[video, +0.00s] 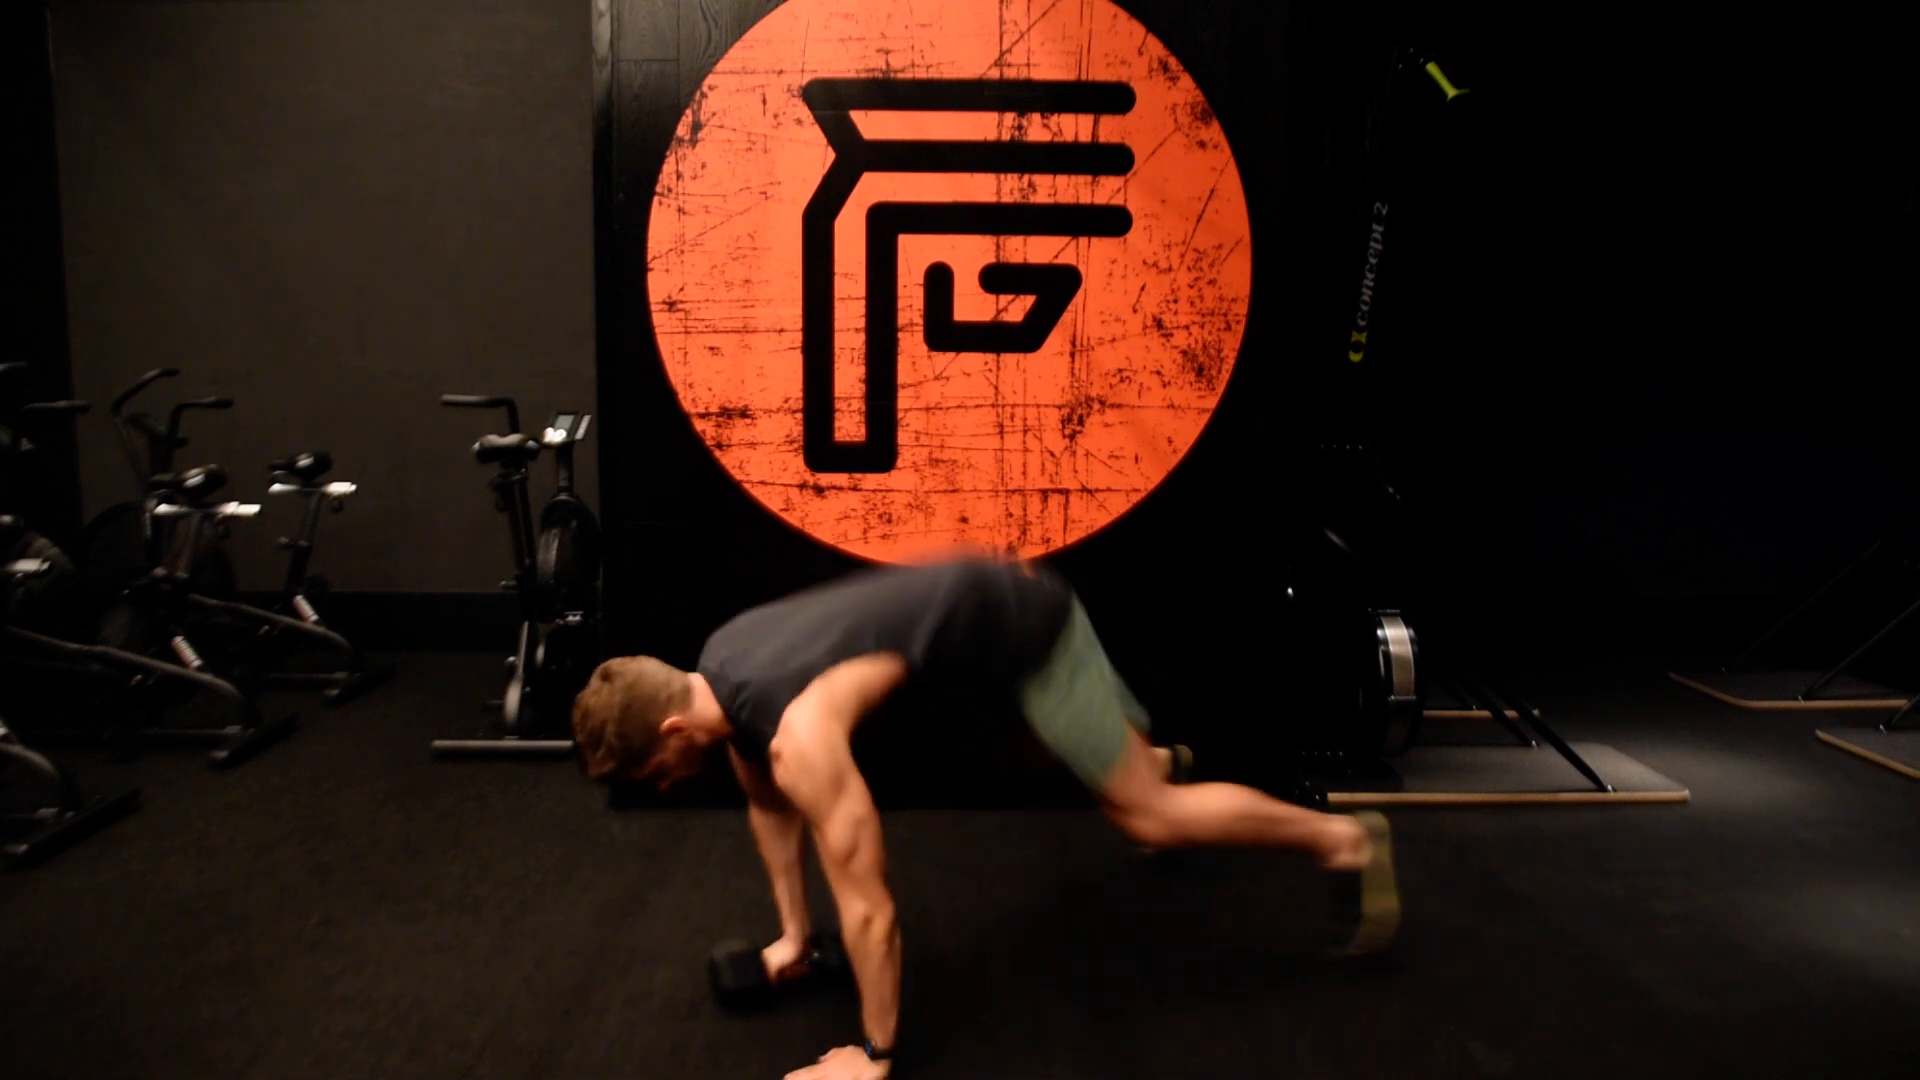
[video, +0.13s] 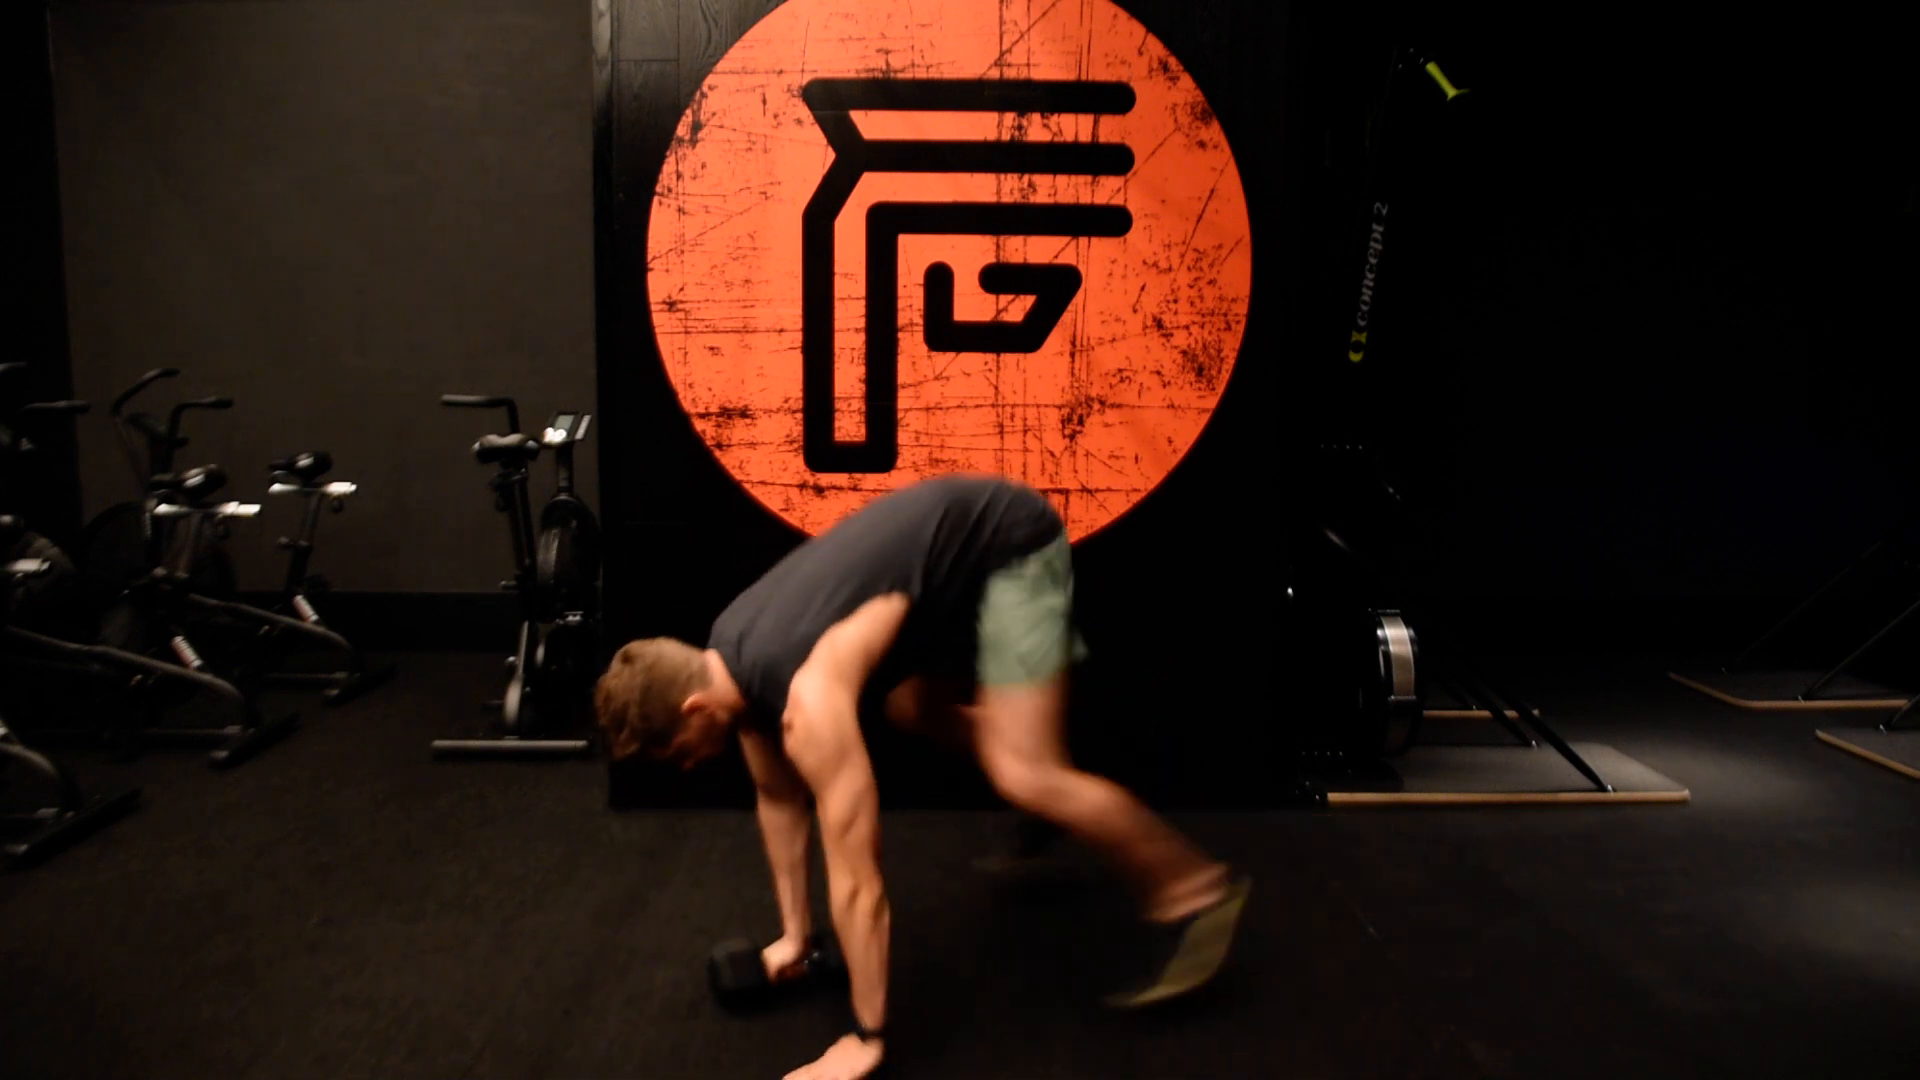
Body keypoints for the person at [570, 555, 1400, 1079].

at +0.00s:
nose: (662, 787)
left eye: (652, 775)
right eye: (646, 781)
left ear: (674, 736)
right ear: (665, 706)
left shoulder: (796, 731)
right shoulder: (725, 673)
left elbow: (867, 900)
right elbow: (771, 810)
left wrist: (877, 1049)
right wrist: (793, 936)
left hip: (1031, 623)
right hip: (957, 612)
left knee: (1155, 814)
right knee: (1084, 745)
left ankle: (1344, 840)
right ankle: (1153, 756)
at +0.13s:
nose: (688, 763)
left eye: (679, 752)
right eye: (674, 759)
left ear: (696, 713)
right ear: (686, 692)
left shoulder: (804, 698)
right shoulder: (732, 668)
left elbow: (859, 887)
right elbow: (778, 804)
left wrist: (868, 1036)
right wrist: (796, 939)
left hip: (1012, 539)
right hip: (936, 551)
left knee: (1024, 769)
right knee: (916, 703)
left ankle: (1199, 888)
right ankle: (1050, 804)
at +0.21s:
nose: (698, 742)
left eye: (689, 730)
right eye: (684, 738)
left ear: (702, 687)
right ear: (701, 677)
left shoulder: (805, 667)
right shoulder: (739, 651)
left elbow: (854, 862)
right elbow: (783, 797)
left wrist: (851, 1013)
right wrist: (794, 937)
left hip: (1010, 534)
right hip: (934, 549)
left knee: (954, 749)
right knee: (889, 717)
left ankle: (1052, 949)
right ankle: (953, 836)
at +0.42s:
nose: (641, 649)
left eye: (640, 629)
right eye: (629, 636)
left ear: (671, 582)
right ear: (670, 583)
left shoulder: (788, 600)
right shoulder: (722, 639)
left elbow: (810, 789)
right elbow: (761, 784)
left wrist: (761, 948)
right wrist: (774, 925)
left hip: (994, 634)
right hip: (900, 652)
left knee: (870, 787)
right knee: (765, 753)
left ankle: (951, 1002)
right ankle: (833, 917)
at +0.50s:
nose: (634, 599)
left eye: (637, 577)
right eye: (624, 584)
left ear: (675, 535)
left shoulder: (802, 560)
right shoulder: (719, 627)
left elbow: (842, 740)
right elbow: (755, 771)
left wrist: (787, 901)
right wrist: (766, 920)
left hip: (987, 635)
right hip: (891, 653)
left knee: (870, 784)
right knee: (753, 730)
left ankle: (950, 1001)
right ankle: (835, 914)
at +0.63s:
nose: (630, 514)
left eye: (635, 488)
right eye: (620, 496)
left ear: (682, 453)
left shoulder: (822, 489)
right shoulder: (716, 568)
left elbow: (908, 642)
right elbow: (757, 709)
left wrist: (884, 812)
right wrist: (777, 857)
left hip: (977, 612)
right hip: (866, 627)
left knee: (878, 776)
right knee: (751, 725)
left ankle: (949, 1000)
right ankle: (812, 892)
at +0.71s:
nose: (636, 425)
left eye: (647, 400)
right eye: (629, 408)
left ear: (701, 374)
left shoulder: (832, 431)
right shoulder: (715, 503)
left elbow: (932, 577)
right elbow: (756, 647)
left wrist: (935, 738)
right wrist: (772, 785)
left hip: (974, 597)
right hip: (872, 608)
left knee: (889, 772)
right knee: (757, 721)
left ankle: (951, 999)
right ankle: (833, 903)